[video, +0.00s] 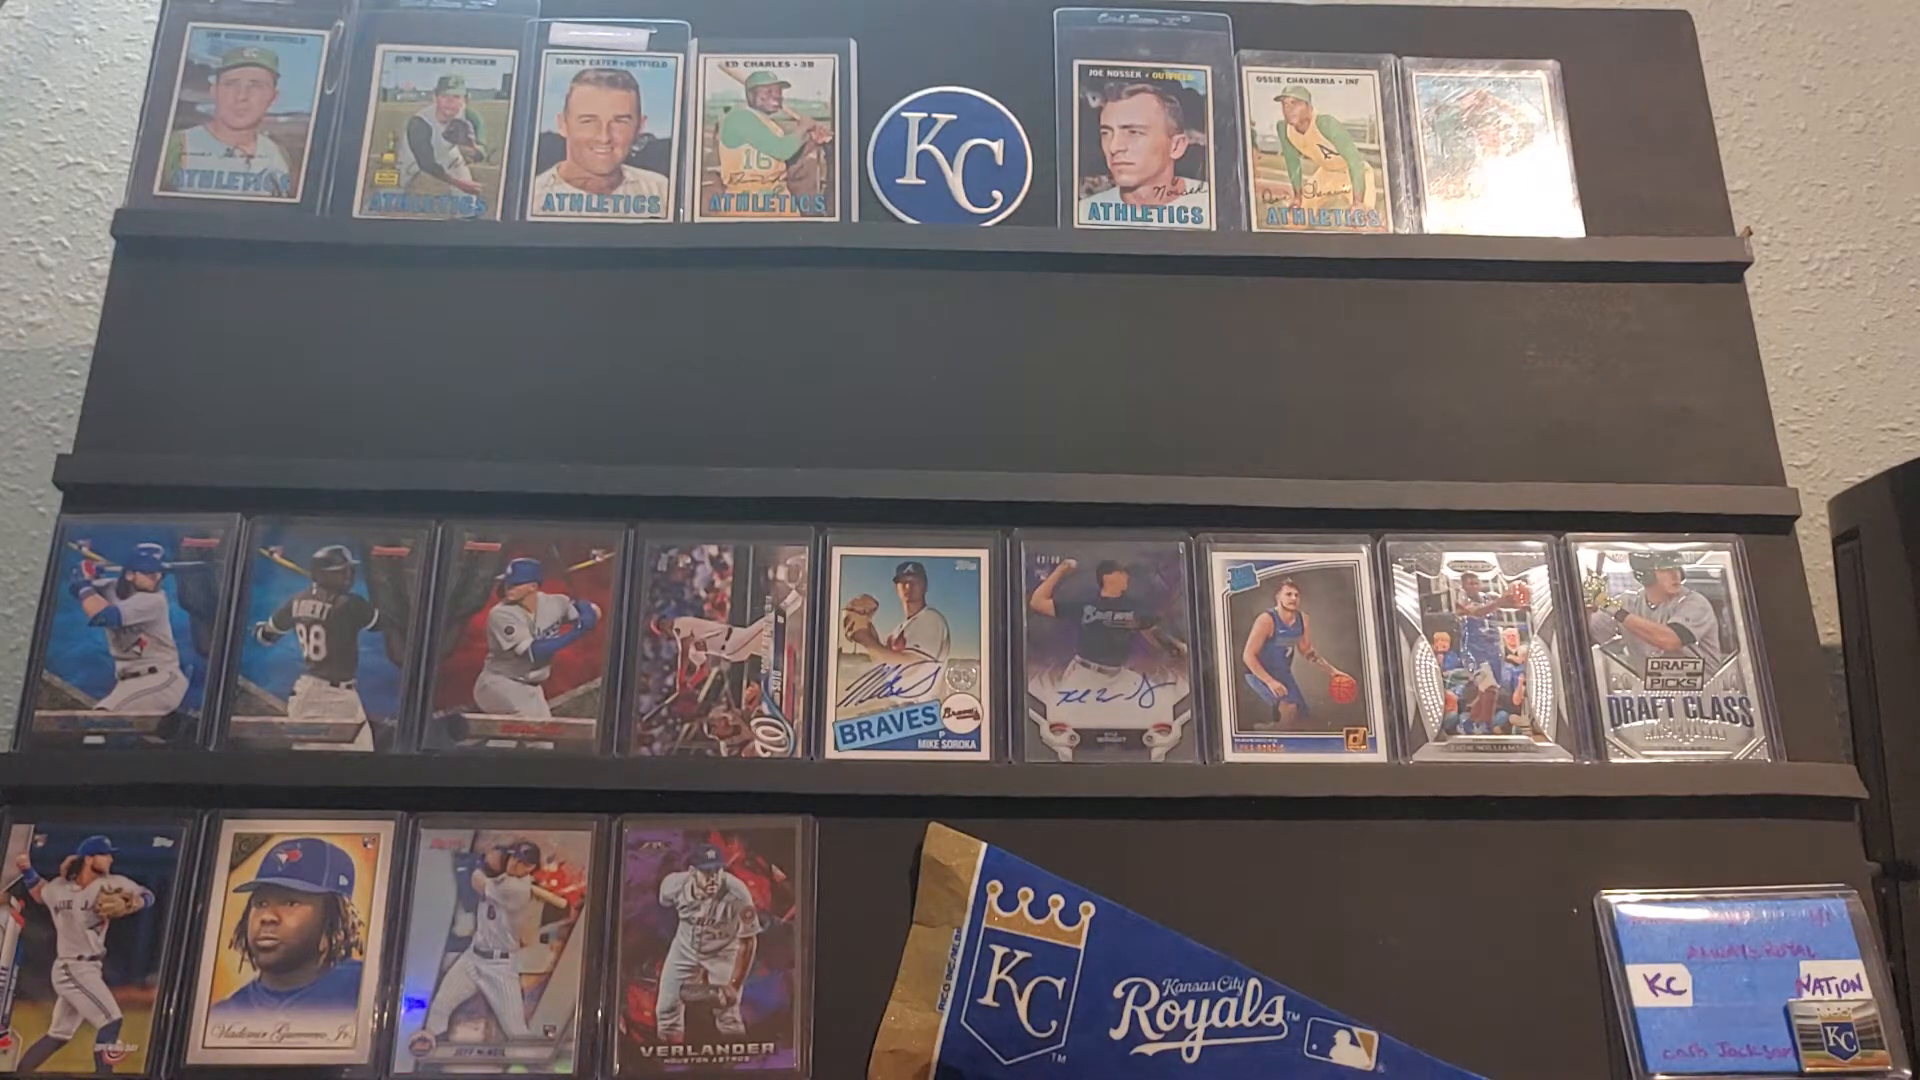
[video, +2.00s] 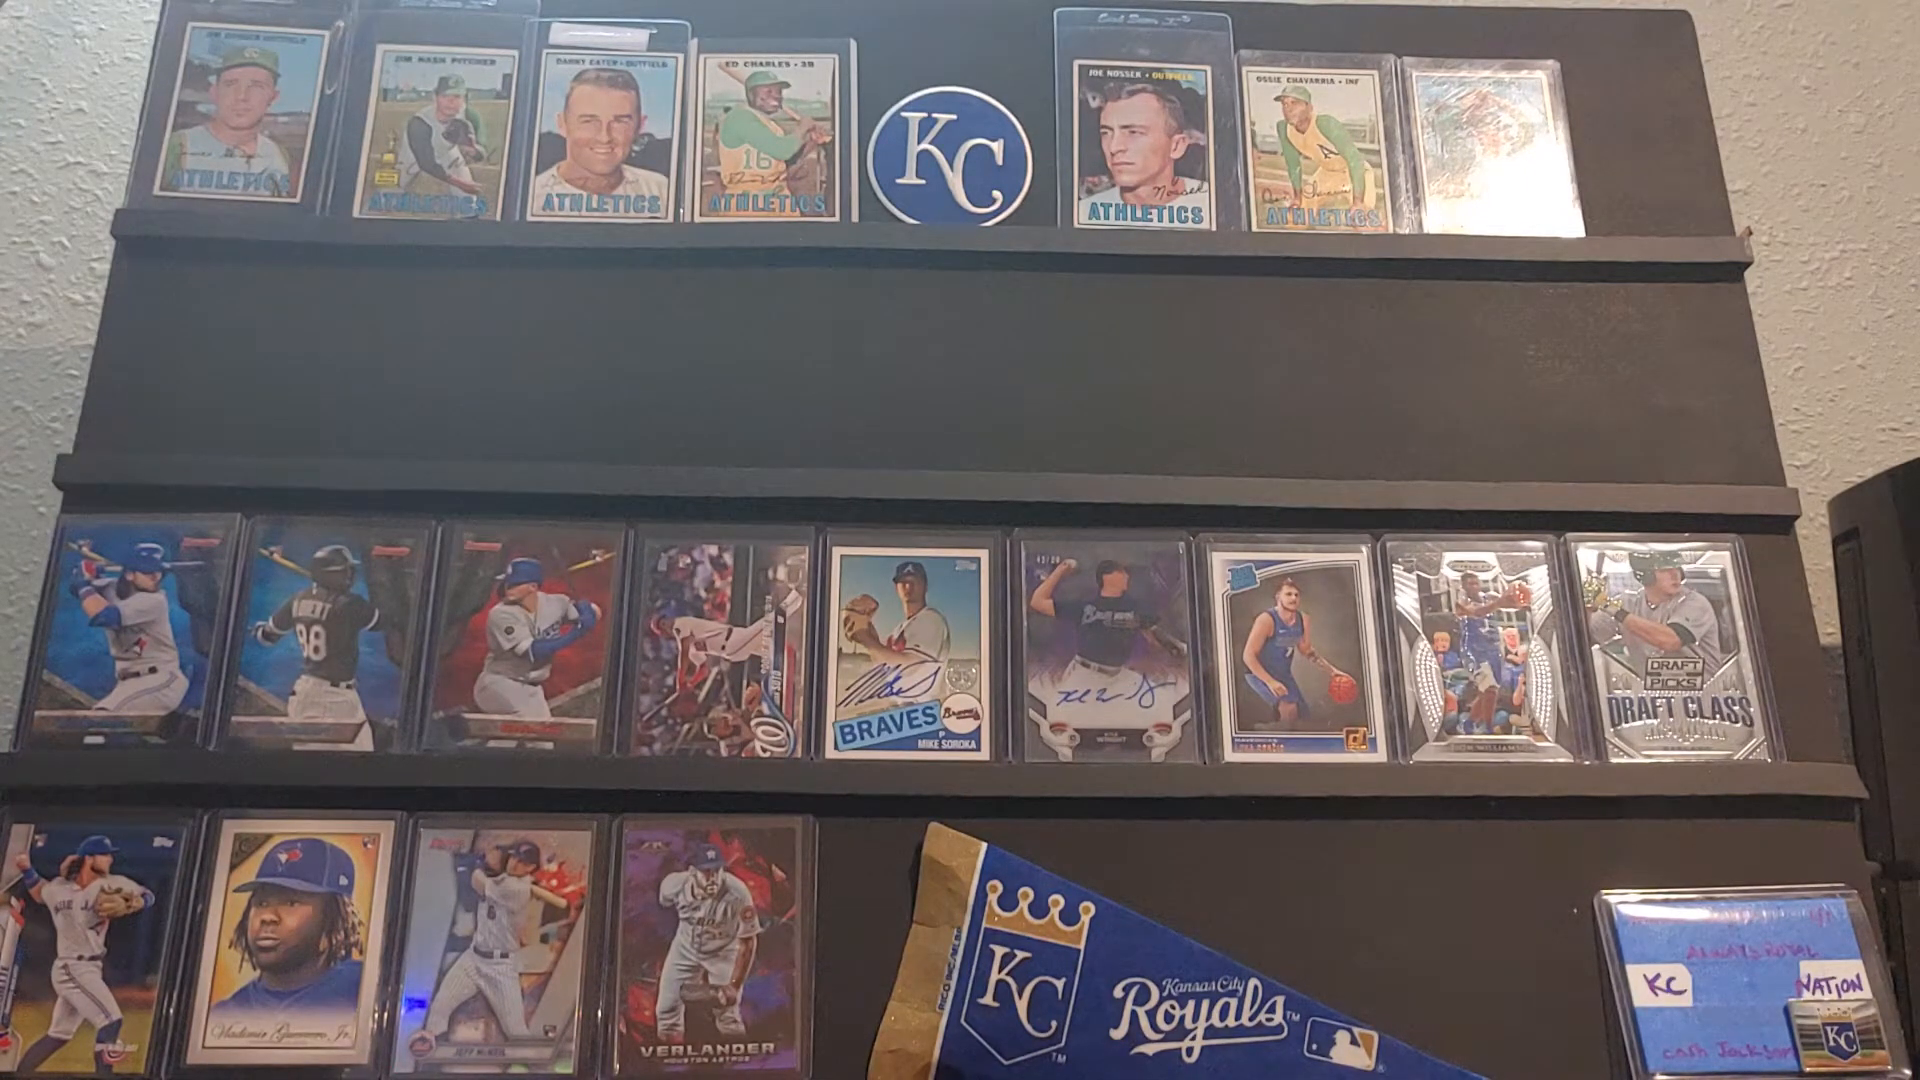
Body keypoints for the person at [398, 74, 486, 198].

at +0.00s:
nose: (450, 101)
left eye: (456, 97)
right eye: (445, 96)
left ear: (464, 100)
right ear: (436, 98)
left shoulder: (470, 117)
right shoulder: (419, 123)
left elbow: (481, 153)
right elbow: (427, 165)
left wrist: (469, 149)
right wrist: (461, 185)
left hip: (454, 164)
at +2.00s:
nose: (451, 102)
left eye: (457, 97)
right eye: (446, 96)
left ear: (464, 100)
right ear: (436, 97)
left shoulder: (468, 116)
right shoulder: (419, 123)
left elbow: (481, 153)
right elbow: (427, 165)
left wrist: (472, 152)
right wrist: (460, 184)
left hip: (453, 163)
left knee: (467, 197)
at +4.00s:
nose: (451, 102)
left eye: (457, 97)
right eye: (446, 96)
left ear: (464, 101)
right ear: (436, 98)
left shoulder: (470, 117)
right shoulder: (419, 123)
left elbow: (480, 154)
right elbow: (427, 166)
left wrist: (467, 148)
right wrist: (462, 185)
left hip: (455, 165)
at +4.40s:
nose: (450, 103)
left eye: (456, 97)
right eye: (445, 96)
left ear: (464, 101)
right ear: (436, 99)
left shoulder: (469, 117)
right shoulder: (419, 123)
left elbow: (481, 152)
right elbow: (427, 165)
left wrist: (470, 150)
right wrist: (461, 185)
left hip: (455, 167)